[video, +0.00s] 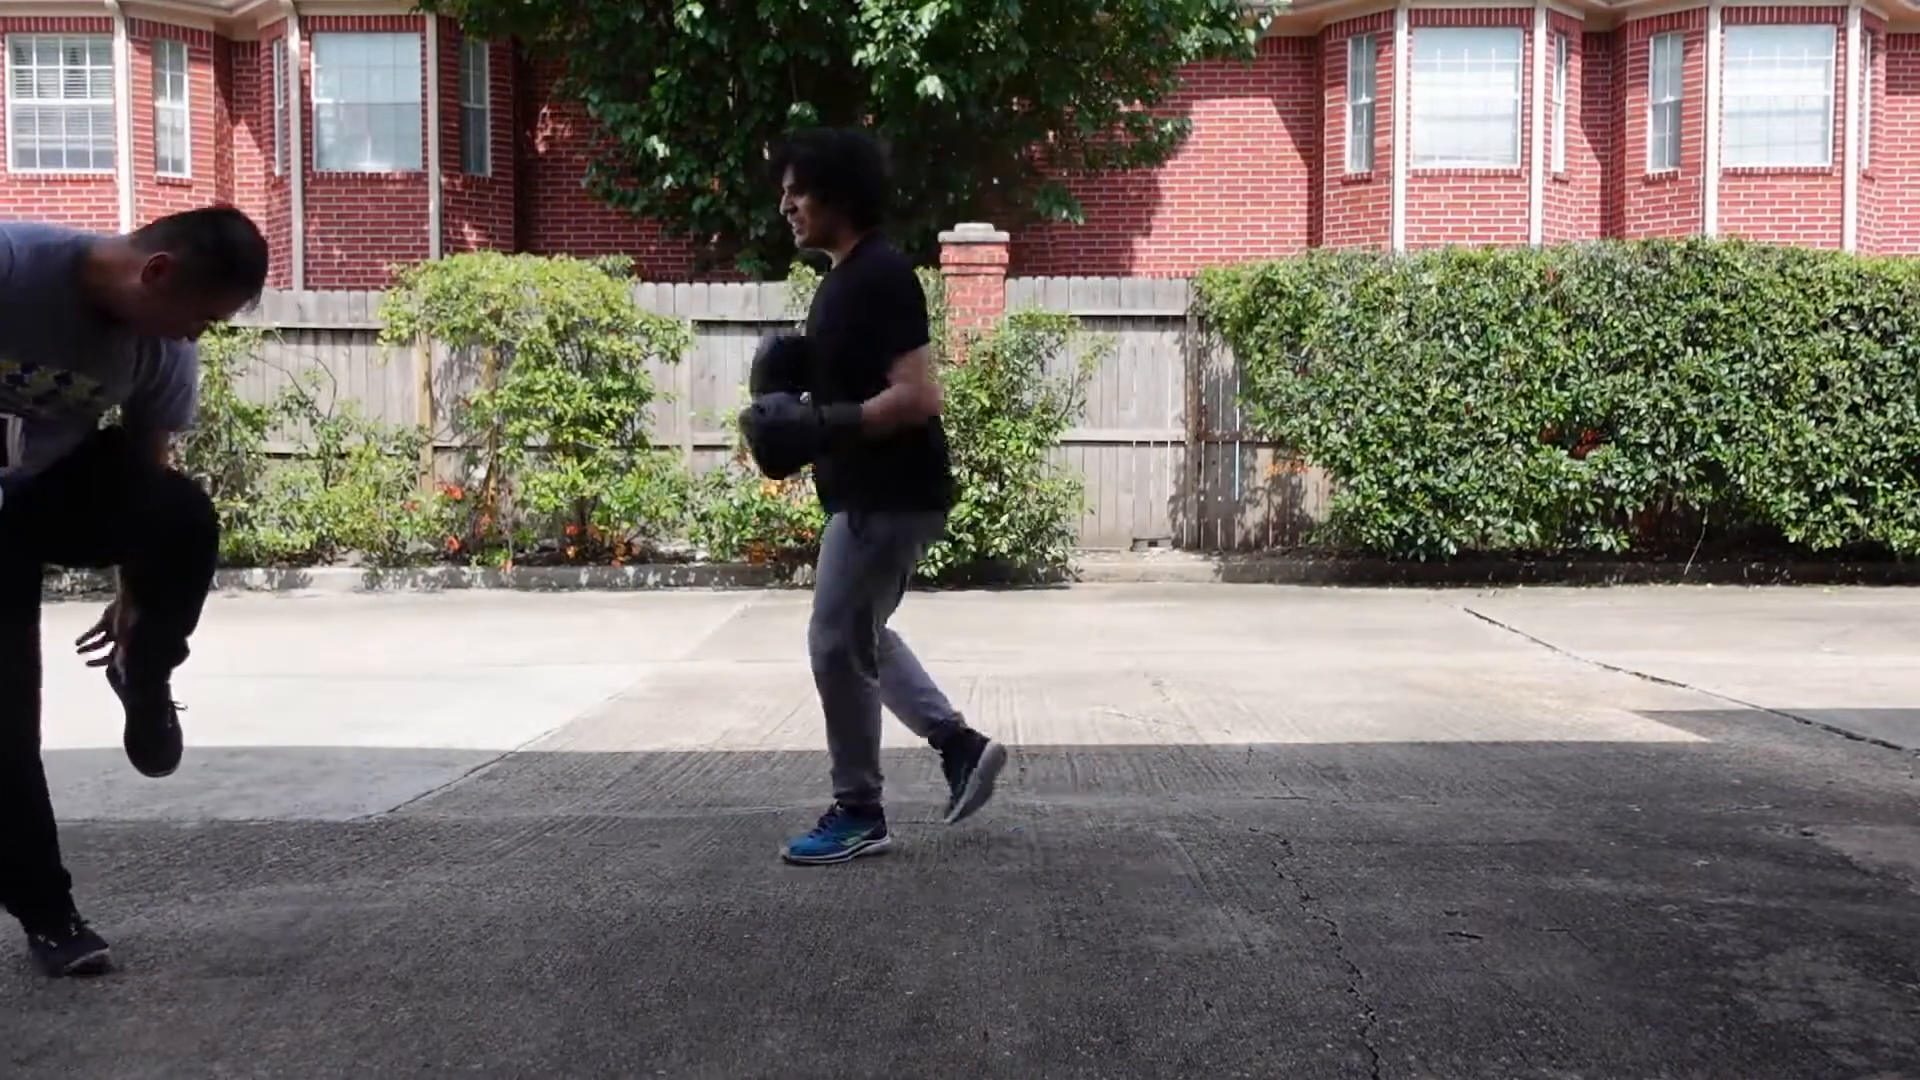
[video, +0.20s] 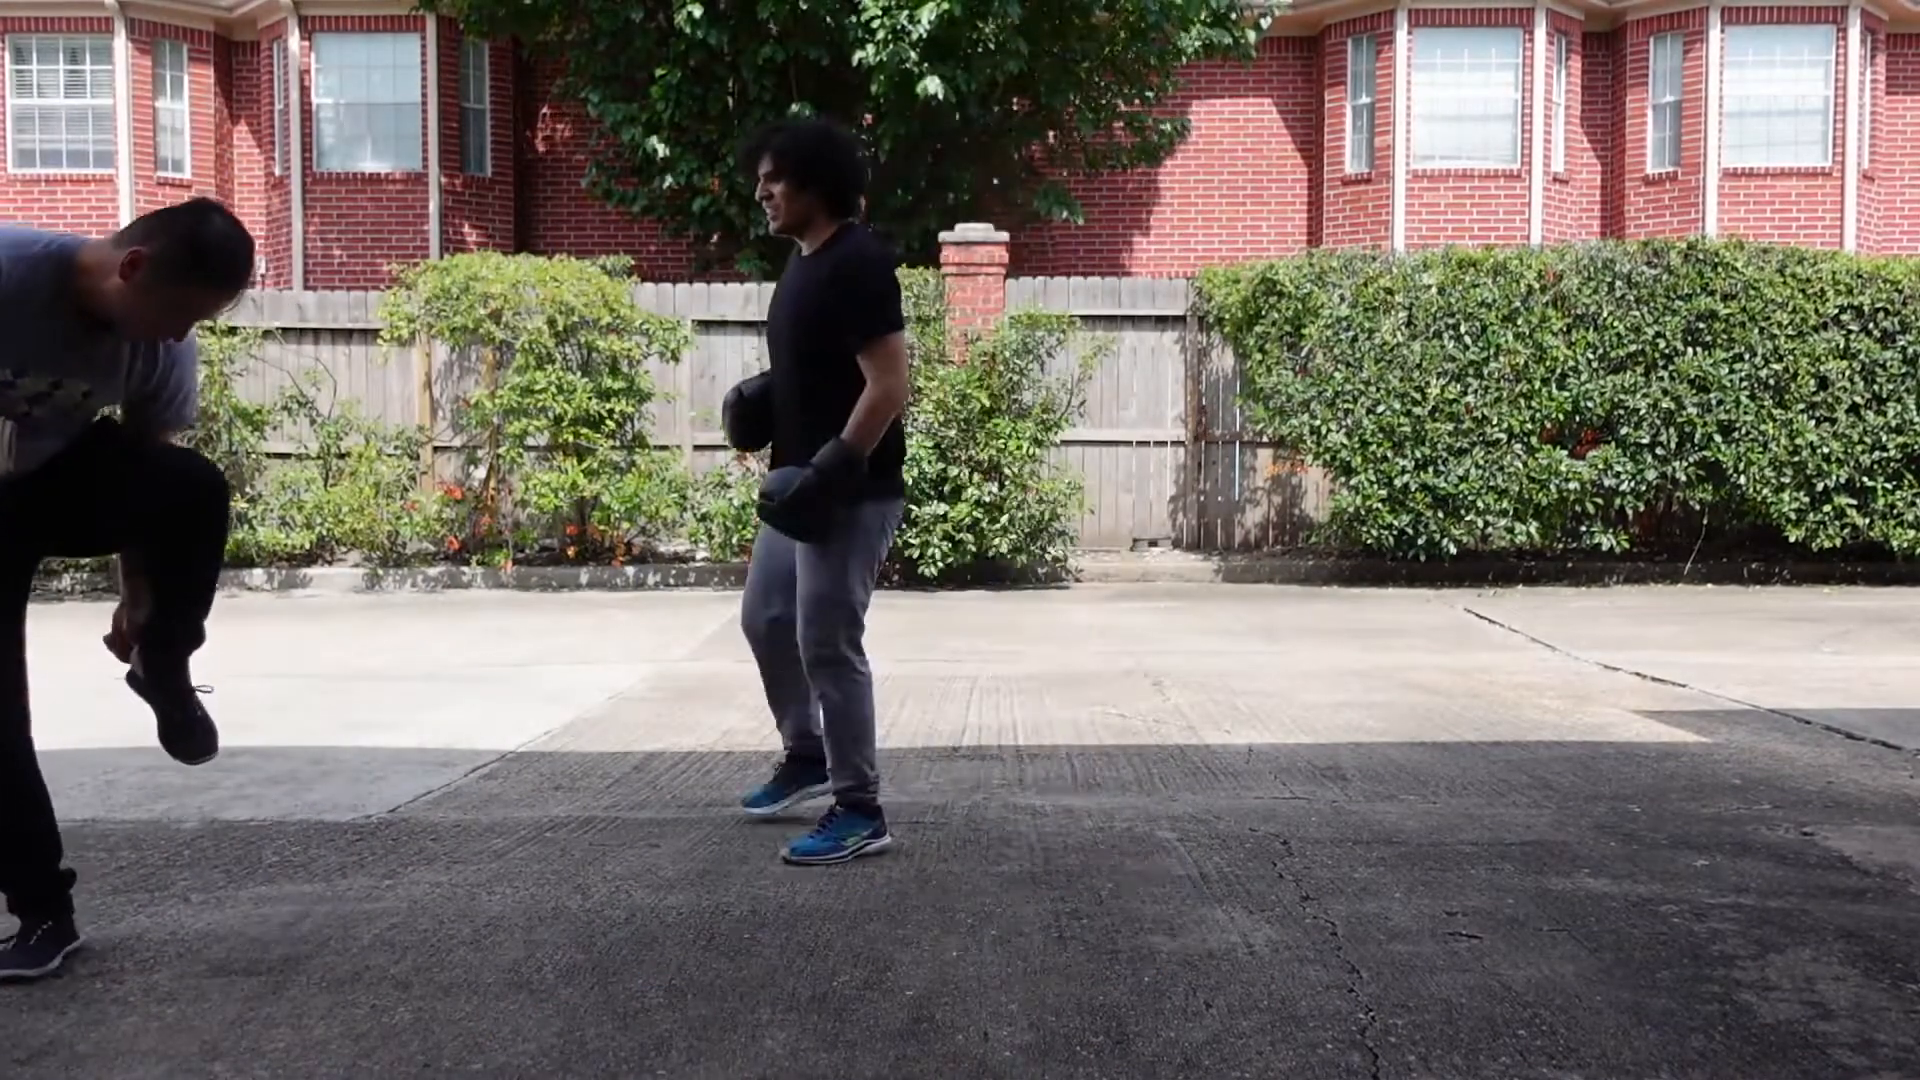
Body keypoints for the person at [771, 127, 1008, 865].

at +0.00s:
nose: (788, 208)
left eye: (799, 195)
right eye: (787, 195)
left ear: (839, 198)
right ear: (835, 204)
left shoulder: (882, 277)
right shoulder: (845, 278)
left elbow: (921, 397)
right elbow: (866, 373)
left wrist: (822, 420)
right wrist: (805, 363)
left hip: (890, 500)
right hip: (869, 496)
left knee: (834, 645)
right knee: (858, 634)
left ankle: (859, 814)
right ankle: (959, 745)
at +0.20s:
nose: (763, 195)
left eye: (774, 182)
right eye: (761, 183)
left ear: (818, 184)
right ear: (785, 188)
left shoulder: (859, 261)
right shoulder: (804, 261)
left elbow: (891, 386)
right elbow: (817, 364)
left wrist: (827, 470)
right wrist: (768, 398)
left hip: (854, 490)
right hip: (797, 483)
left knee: (830, 642)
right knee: (767, 621)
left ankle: (860, 810)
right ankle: (808, 758)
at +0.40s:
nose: (745, 218)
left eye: (755, 205)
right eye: (741, 206)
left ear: (797, 207)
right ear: (752, 212)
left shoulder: (851, 286)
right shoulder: (753, 275)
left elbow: (887, 397)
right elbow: (756, 372)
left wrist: (835, 466)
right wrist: (719, 409)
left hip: (815, 501)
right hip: (748, 494)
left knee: (819, 652)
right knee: (723, 638)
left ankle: (858, 809)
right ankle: (744, 771)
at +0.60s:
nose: (728, 231)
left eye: (740, 218)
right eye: (724, 219)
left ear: (780, 216)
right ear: (725, 223)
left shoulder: (834, 289)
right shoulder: (715, 291)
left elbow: (869, 384)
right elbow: (671, 365)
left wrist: (846, 424)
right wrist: (667, 375)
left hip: (806, 503)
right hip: (728, 503)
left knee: (825, 639)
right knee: (723, 646)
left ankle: (854, 788)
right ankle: (750, 775)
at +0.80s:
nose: (743, 229)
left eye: (754, 216)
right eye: (735, 218)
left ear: (789, 215)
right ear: (730, 224)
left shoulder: (834, 285)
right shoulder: (717, 288)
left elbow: (865, 383)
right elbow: (659, 377)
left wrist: (834, 389)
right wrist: (683, 335)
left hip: (820, 497)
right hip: (737, 502)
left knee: (856, 618)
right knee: (735, 643)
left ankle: (872, 744)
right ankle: (750, 774)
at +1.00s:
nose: (772, 248)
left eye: (784, 236)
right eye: (766, 238)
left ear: (818, 236)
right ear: (761, 243)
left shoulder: (864, 306)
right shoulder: (748, 302)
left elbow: (884, 401)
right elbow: (705, 402)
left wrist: (841, 400)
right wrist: (716, 361)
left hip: (845, 515)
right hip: (762, 514)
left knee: (876, 637)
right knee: (743, 640)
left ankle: (892, 743)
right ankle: (751, 774)